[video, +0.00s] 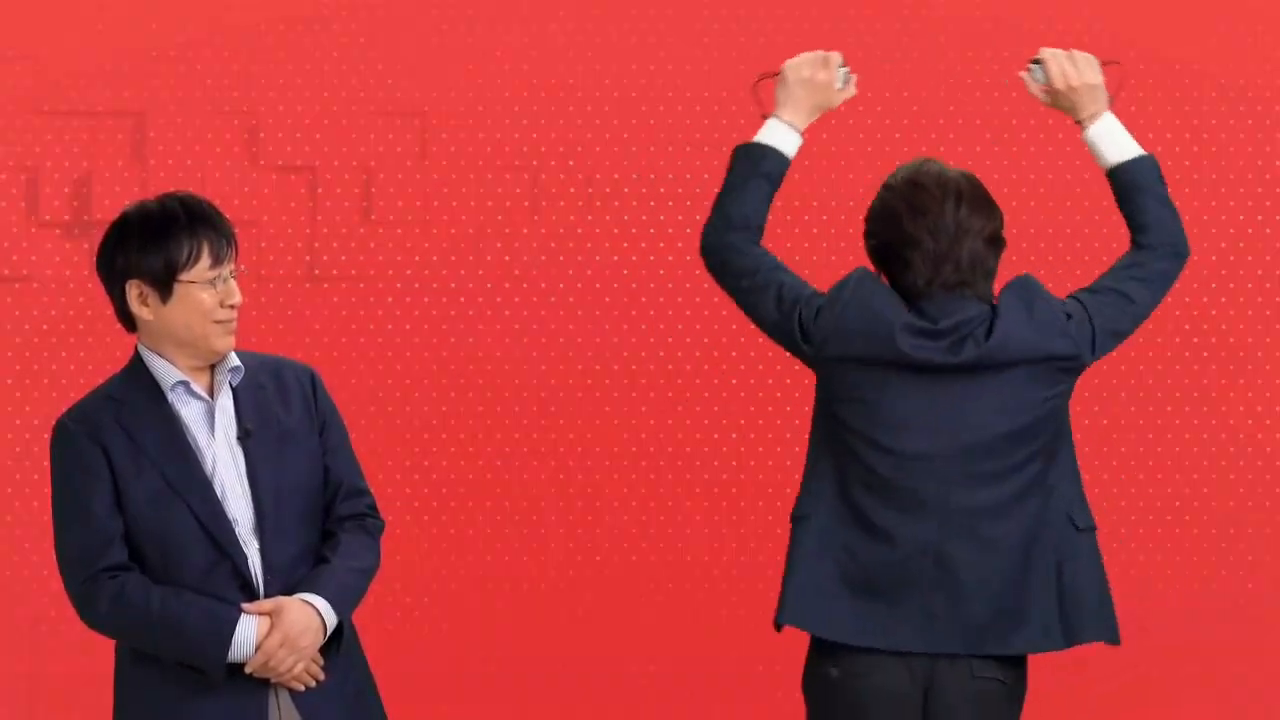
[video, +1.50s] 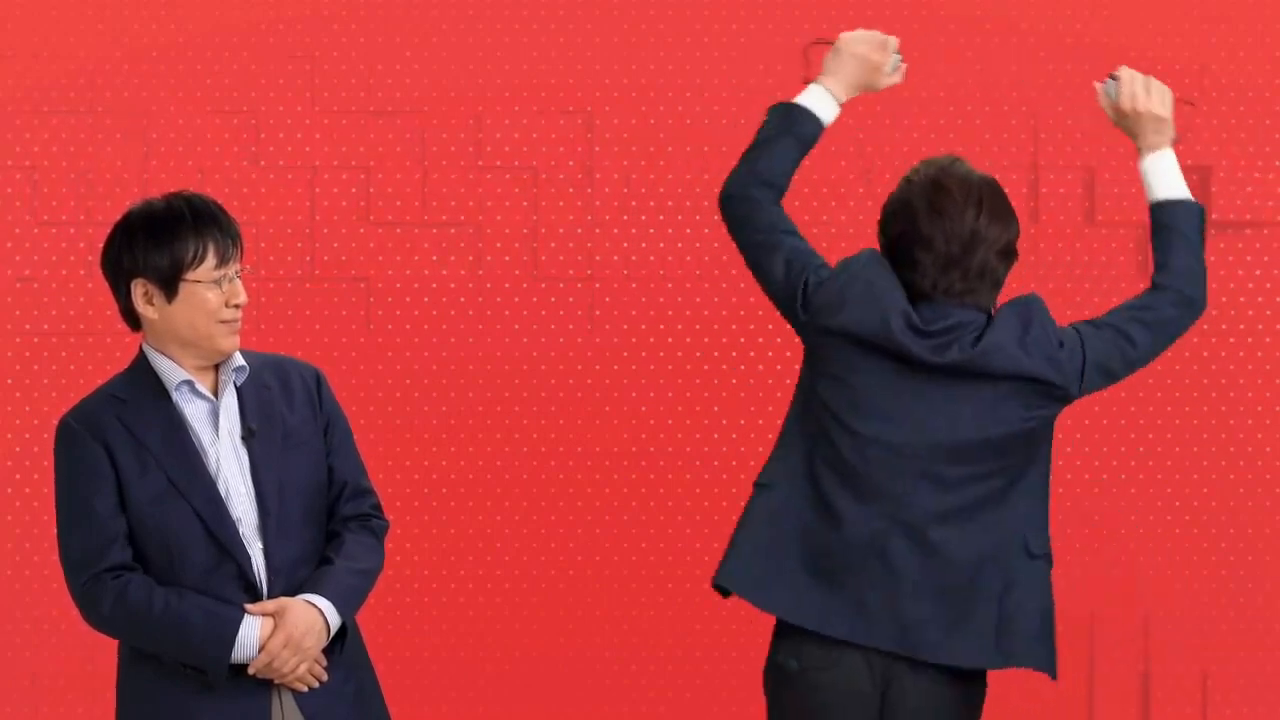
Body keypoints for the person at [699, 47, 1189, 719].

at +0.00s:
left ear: (884, 260)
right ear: (992, 257)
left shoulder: (842, 335)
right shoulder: (1050, 340)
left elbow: (727, 245)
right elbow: (1163, 247)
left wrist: (786, 120)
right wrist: (1098, 118)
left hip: (858, 663)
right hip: (986, 667)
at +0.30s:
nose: (1011, 272)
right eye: (1008, 261)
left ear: (892, 259)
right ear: (1002, 273)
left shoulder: (847, 334)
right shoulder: (1046, 366)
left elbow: (777, 219)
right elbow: (1193, 330)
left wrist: (886, 130)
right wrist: (1181, 193)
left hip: (844, 667)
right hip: (972, 678)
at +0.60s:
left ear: (880, 271)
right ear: (988, 251)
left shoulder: (839, 373)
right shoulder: (1037, 327)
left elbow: (676, 350)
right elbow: (1066, 191)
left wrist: (673, 211)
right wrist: (943, 119)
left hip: (909, 682)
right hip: (1037, 665)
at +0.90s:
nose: (1015, 279)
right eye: (1010, 268)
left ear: (891, 269)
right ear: (1002, 281)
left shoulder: (848, 336)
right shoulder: (1041, 386)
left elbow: (800, 218)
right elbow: (1204, 400)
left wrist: (910, 134)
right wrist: (1243, 263)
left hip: (846, 678)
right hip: (977, 692)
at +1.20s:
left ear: (872, 272)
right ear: (979, 256)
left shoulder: (841, 377)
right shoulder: (1028, 324)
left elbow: (677, 361)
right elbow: (1043, 182)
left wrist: (666, 221)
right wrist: (933, 94)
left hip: (890, 686)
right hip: (1014, 671)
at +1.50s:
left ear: (889, 250)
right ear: (1003, 270)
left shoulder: (836, 315)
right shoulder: (1039, 362)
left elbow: (747, 199)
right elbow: (1180, 295)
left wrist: (829, 90)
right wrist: (1157, 151)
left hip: (817, 655)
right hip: (945, 670)